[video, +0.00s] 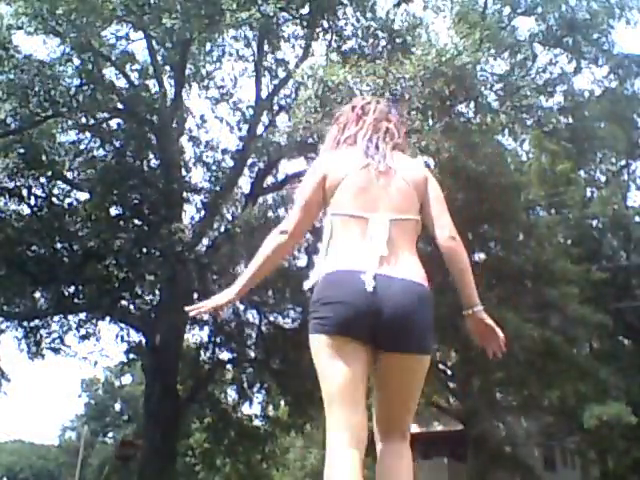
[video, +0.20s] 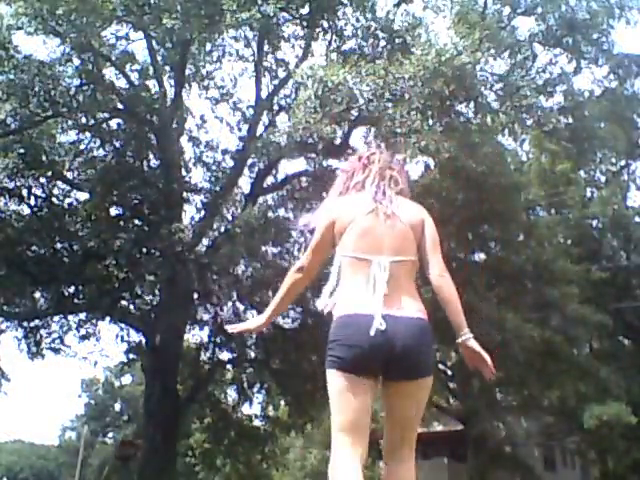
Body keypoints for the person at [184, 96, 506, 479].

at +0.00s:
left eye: (337, 129)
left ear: (344, 130)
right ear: (396, 133)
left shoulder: (330, 162)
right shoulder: (420, 170)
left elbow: (287, 236)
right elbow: (448, 239)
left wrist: (235, 290)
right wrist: (473, 309)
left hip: (339, 288)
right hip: (409, 297)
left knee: (344, 438)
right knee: (396, 434)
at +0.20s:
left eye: (345, 174)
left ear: (352, 177)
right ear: (398, 181)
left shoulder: (339, 207)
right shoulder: (417, 213)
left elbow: (304, 270)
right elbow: (438, 275)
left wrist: (265, 317)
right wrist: (464, 335)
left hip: (351, 330)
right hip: (412, 335)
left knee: (347, 449)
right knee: (401, 453)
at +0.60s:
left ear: (345, 230)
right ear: (387, 232)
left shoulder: (335, 253)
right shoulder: (404, 258)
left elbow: (309, 309)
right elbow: (420, 318)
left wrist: (275, 358)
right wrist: (437, 373)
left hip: (342, 360)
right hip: (397, 363)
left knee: (338, 461)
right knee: (388, 463)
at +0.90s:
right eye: (378, 280)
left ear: (342, 279)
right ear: (378, 281)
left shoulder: (325, 301)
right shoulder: (391, 307)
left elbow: (300, 353)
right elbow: (405, 364)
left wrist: (266, 397)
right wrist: (423, 417)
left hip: (321, 387)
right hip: (372, 392)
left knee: (332, 473)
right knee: (367, 468)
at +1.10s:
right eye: (380, 329)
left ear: (342, 326)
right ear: (378, 328)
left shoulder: (327, 349)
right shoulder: (389, 354)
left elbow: (301, 401)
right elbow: (405, 412)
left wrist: (271, 451)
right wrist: (423, 465)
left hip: (319, 426)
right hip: (369, 428)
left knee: (330, 474)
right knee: (366, 475)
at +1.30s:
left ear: (343, 368)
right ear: (381, 371)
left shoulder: (326, 393)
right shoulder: (390, 397)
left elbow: (303, 445)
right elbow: (405, 456)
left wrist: (286, 476)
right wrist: (413, 475)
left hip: (316, 461)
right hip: (367, 461)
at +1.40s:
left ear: (344, 382)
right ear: (382, 385)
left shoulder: (327, 404)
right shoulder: (390, 410)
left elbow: (304, 460)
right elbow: (405, 470)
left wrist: (293, 476)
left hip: (314, 469)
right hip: (367, 468)